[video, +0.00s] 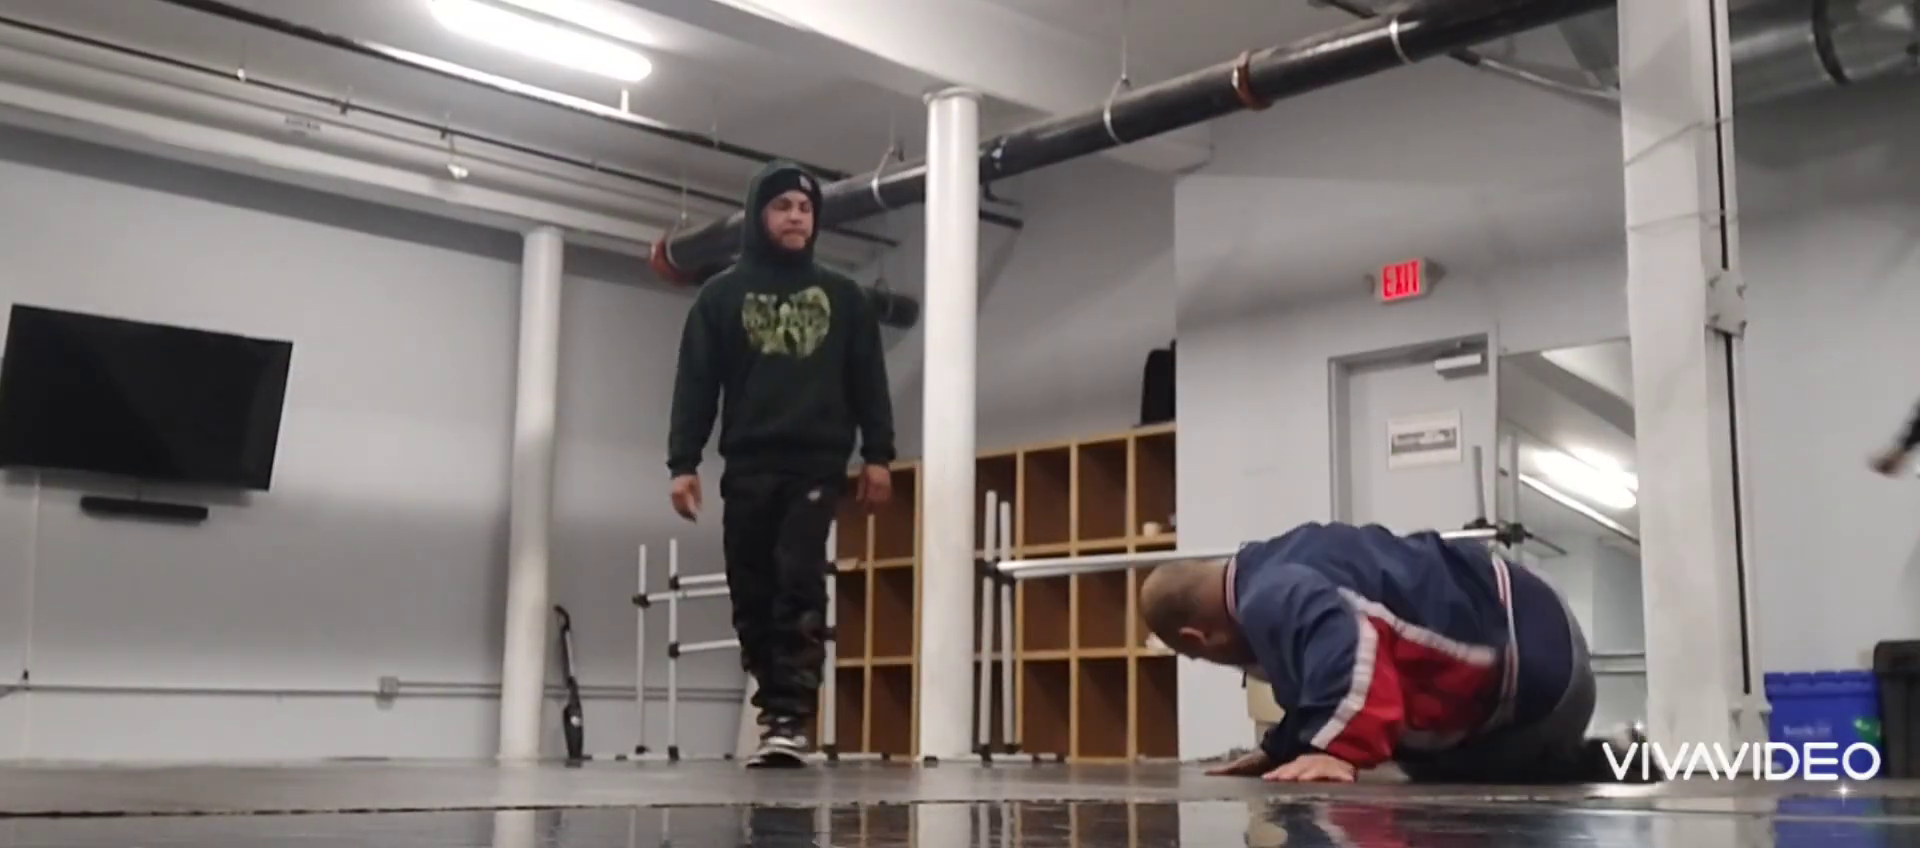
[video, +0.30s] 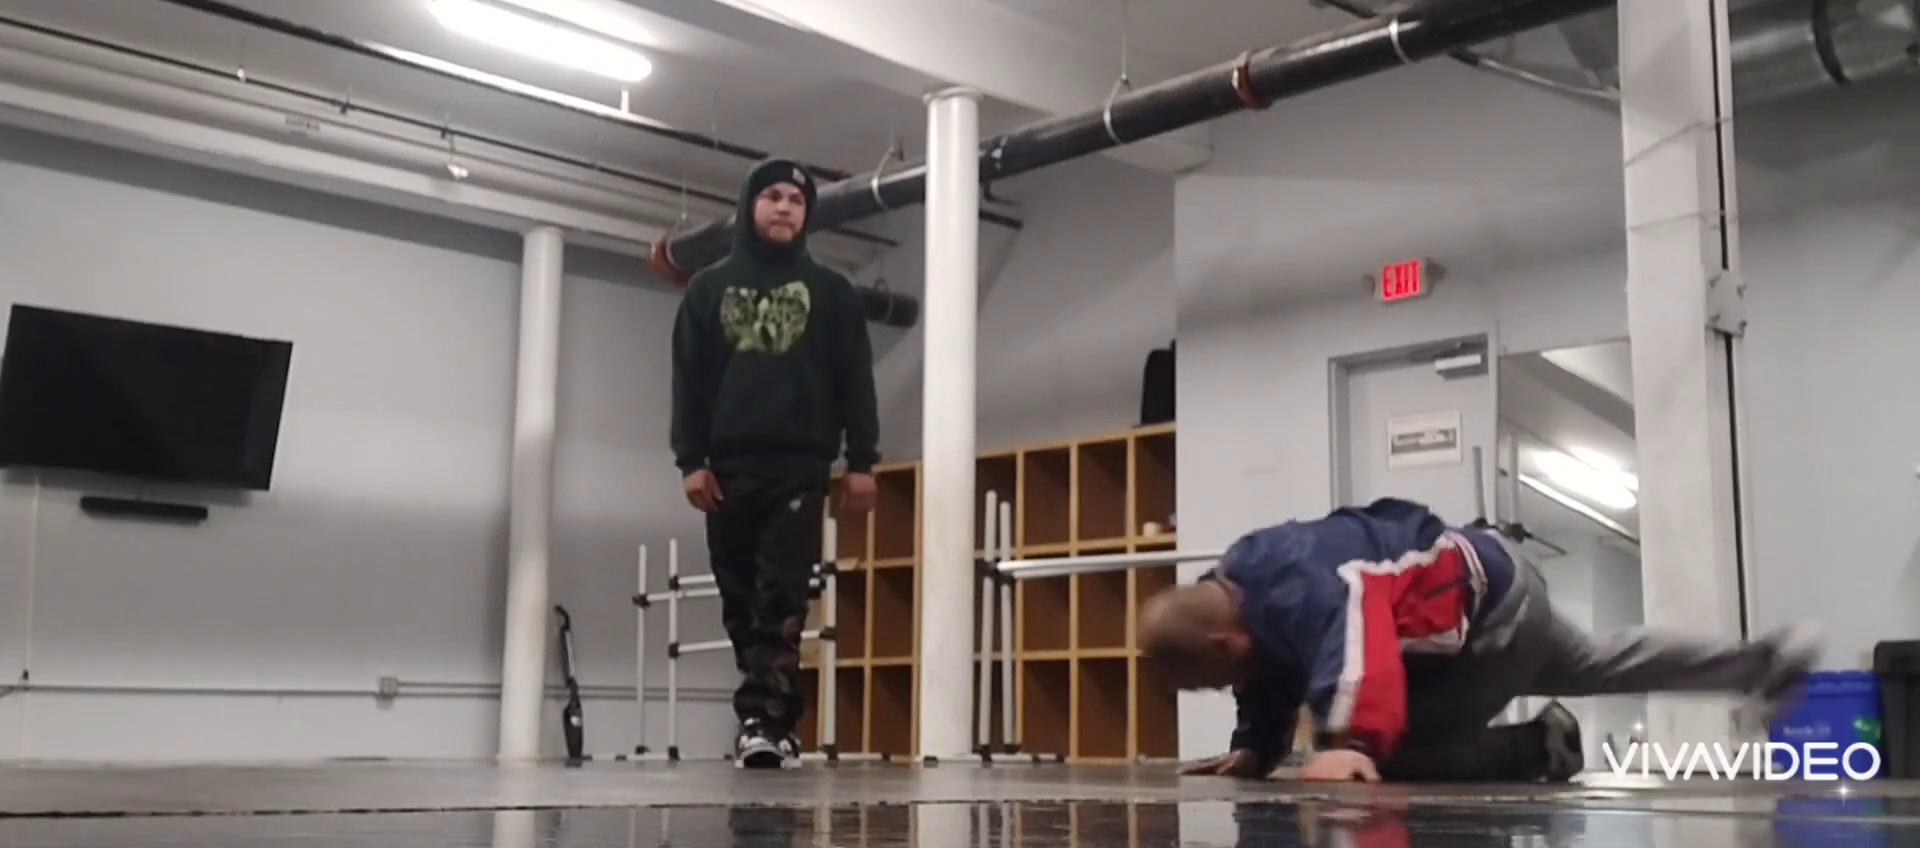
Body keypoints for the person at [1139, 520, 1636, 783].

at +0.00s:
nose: (1215, 662)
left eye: (1193, 654)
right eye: (1200, 657)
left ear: (1195, 635)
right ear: (1215, 576)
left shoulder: (1274, 592)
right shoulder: (1271, 574)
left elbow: (1356, 655)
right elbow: (1321, 684)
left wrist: (1336, 750)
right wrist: (1272, 751)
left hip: (1531, 675)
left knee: (1443, 770)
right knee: (1431, 761)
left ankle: (1606, 764)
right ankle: (1600, 760)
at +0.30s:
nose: (1219, 684)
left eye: (1212, 674)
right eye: (1204, 679)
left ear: (1223, 638)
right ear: (1206, 620)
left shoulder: (1309, 591)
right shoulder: (1235, 582)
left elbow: (1363, 659)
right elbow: (1269, 671)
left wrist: (1350, 743)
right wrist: (1253, 749)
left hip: (1490, 615)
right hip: (1491, 583)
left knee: (1398, 758)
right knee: (1597, 663)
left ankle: (1541, 748)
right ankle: (1768, 664)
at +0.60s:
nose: (1267, 664)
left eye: (1258, 654)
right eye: (1261, 657)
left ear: (1256, 628)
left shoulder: (1274, 605)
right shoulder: (1340, 542)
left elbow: (1323, 687)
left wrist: (1290, 762)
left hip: (1512, 630)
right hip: (1560, 562)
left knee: (1405, 752)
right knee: (1556, 651)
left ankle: (1571, 758)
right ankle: (1683, 666)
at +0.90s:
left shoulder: (1307, 594)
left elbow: (1279, 693)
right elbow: (1530, 659)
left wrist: (1290, 763)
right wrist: (1544, 742)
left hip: (1427, 561)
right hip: (1518, 516)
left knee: (1446, 734)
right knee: (1580, 648)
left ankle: (1524, 750)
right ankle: (1691, 621)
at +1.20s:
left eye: (1267, 663)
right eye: (1266, 668)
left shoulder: (1325, 526)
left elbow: (1299, 638)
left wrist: (1289, 750)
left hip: (1474, 508)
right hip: (1563, 534)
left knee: (1418, 640)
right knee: (1522, 679)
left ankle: (1466, 683)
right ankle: (1518, 773)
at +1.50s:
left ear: (1342, 436)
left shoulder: (1368, 428)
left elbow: (1282, 481)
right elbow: (1504, 650)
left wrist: (1246, 534)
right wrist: (1525, 750)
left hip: (1461, 524)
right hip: (1496, 588)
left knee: (1319, 580)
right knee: (1313, 663)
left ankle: (1431, 687)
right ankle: (1211, 729)